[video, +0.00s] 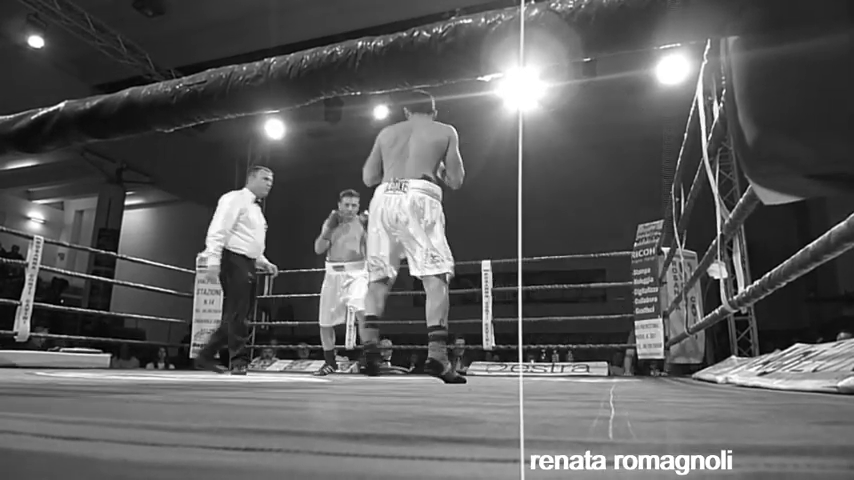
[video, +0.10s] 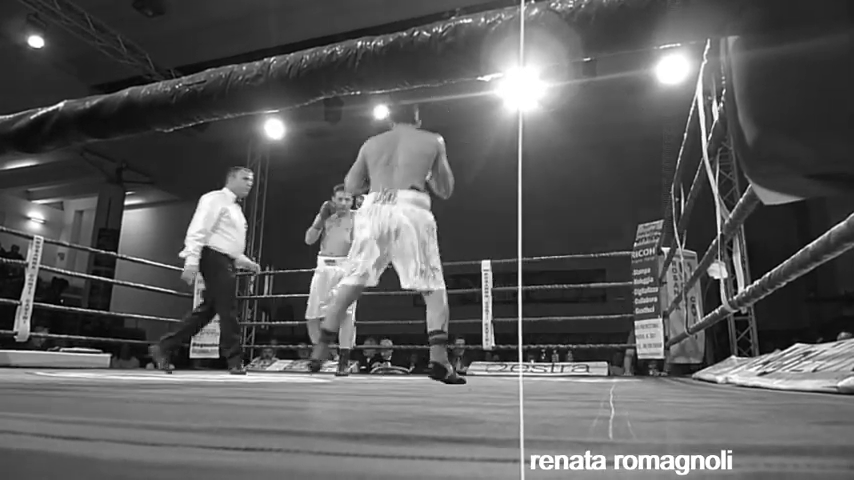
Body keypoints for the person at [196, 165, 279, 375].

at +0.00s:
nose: (269, 185)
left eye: (271, 181)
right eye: (265, 179)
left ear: (269, 186)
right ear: (251, 179)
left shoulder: (257, 210)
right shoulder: (233, 199)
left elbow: (253, 246)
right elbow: (217, 231)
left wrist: (265, 263)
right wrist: (213, 262)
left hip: (249, 261)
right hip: (234, 257)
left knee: (239, 313)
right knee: (237, 312)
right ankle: (238, 361)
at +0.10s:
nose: (249, 184)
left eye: (251, 181)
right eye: (246, 180)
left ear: (249, 185)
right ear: (232, 179)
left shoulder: (236, 209)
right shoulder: (213, 199)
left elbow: (231, 247)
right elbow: (197, 230)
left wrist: (247, 263)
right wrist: (191, 262)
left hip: (226, 260)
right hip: (213, 256)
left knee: (207, 311)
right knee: (227, 309)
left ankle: (164, 347)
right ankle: (234, 361)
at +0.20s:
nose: (236, 187)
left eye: (237, 184)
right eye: (232, 181)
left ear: (235, 187)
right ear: (218, 180)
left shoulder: (223, 213)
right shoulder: (199, 201)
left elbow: (218, 251)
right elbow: (183, 232)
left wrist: (236, 265)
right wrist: (177, 263)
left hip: (210, 263)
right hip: (197, 259)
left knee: (182, 314)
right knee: (216, 311)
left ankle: (149, 357)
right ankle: (228, 362)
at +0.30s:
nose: (217, 187)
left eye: (218, 184)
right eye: (213, 181)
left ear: (217, 187)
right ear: (198, 180)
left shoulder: (202, 213)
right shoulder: (176, 200)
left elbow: (199, 248)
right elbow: (165, 232)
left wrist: (212, 266)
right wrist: (162, 263)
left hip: (189, 264)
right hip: (176, 260)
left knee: (166, 315)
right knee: (194, 307)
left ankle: (141, 361)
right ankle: (201, 360)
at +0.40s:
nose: (204, 184)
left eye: (206, 181)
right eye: (201, 178)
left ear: (203, 185)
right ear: (186, 177)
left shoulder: (191, 210)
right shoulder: (165, 196)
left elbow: (189, 245)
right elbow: (155, 229)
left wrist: (195, 270)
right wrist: (156, 260)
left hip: (182, 261)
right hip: (167, 258)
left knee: (161, 309)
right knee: (170, 306)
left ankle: (141, 360)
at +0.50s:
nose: (192, 182)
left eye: (194, 179)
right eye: (189, 176)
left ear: (192, 183)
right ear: (174, 174)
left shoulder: (181, 210)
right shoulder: (151, 195)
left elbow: (178, 245)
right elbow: (143, 228)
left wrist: (179, 270)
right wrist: (152, 255)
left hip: (168, 258)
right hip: (148, 253)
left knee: (161, 305)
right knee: (153, 299)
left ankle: (144, 356)